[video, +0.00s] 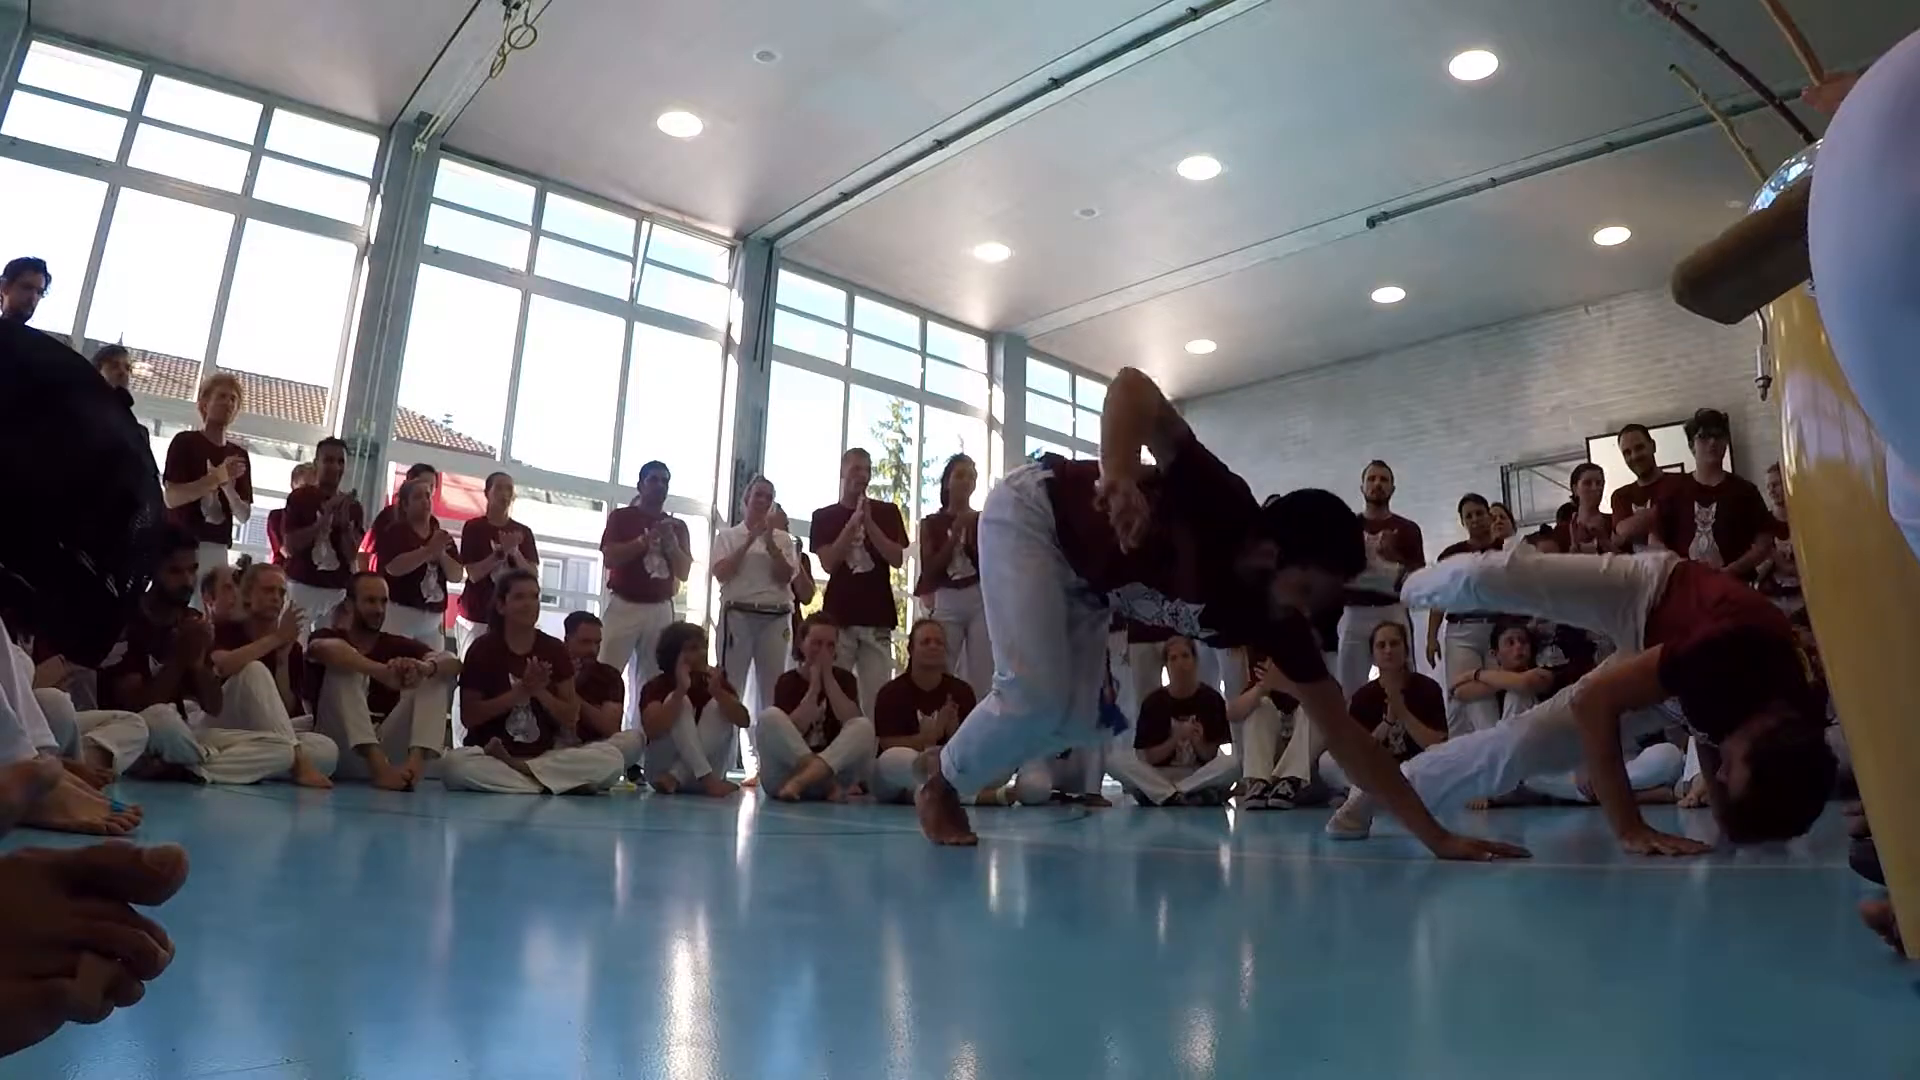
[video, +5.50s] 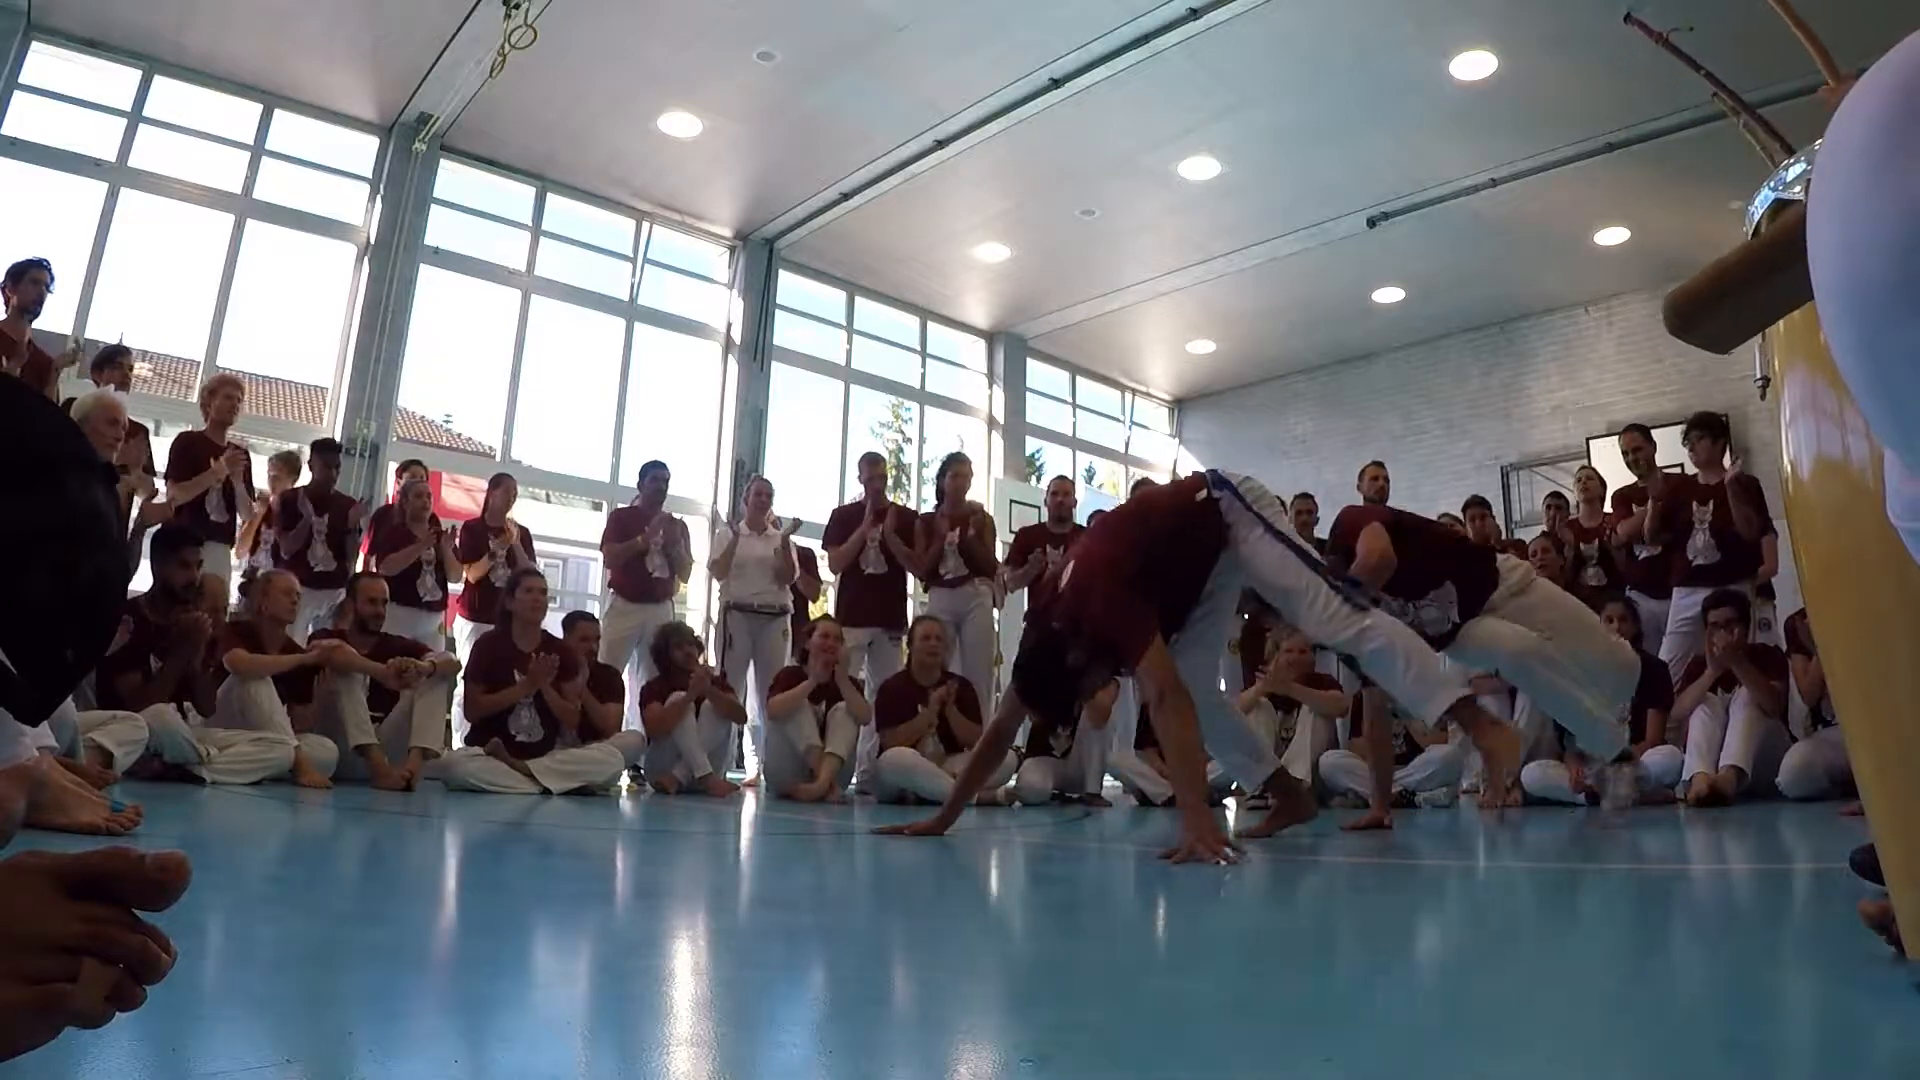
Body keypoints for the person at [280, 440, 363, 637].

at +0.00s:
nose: (334, 467)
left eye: (340, 462)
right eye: (328, 460)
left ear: (345, 467)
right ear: (316, 463)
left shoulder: (352, 506)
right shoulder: (299, 498)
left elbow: (351, 554)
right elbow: (292, 544)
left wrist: (345, 526)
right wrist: (321, 523)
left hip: (336, 588)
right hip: (302, 584)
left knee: (329, 654)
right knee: (292, 650)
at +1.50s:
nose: (338, 475)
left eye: (344, 470)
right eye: (333, 467)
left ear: (349, 471)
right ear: (321, 463)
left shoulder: (354, 509)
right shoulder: (296, 498)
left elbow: (356, 561)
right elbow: (275, 543)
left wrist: (339, 540)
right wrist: (312, 540)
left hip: (336, 592)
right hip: (298, 589)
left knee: (327, 660)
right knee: (289, 655)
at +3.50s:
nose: (342, 474)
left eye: (347, 470)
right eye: (337, 466)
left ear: (351, 473)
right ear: (324, 464)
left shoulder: (353, 508)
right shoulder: (298, 496)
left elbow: (355, 556)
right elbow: (285, 540)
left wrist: (359, 526)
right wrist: (306, 508)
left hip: (335, 590)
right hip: (300, 585)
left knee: (329, 654)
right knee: (290, 650)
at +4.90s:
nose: (337, 475)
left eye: (342, 469)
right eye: (333, 468)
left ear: (348, 471)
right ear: (320, 464)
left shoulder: (353, 509)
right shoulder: (296, 499)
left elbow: (351, 557)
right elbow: (273, 545)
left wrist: (339, 537)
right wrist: (310, 542)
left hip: (334, 592)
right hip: (296, 589)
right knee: (285, 654)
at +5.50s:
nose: (333, 473)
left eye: (337, 467)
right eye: (327, 466)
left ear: (341, 468)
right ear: (311, 465)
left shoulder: (348, 505)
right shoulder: (287, 499)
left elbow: (351, 557)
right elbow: (287, 548)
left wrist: (354, 527)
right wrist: (306, 522)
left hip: (334, 591)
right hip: (297, 589)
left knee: (328, 661)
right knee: (290, 656)